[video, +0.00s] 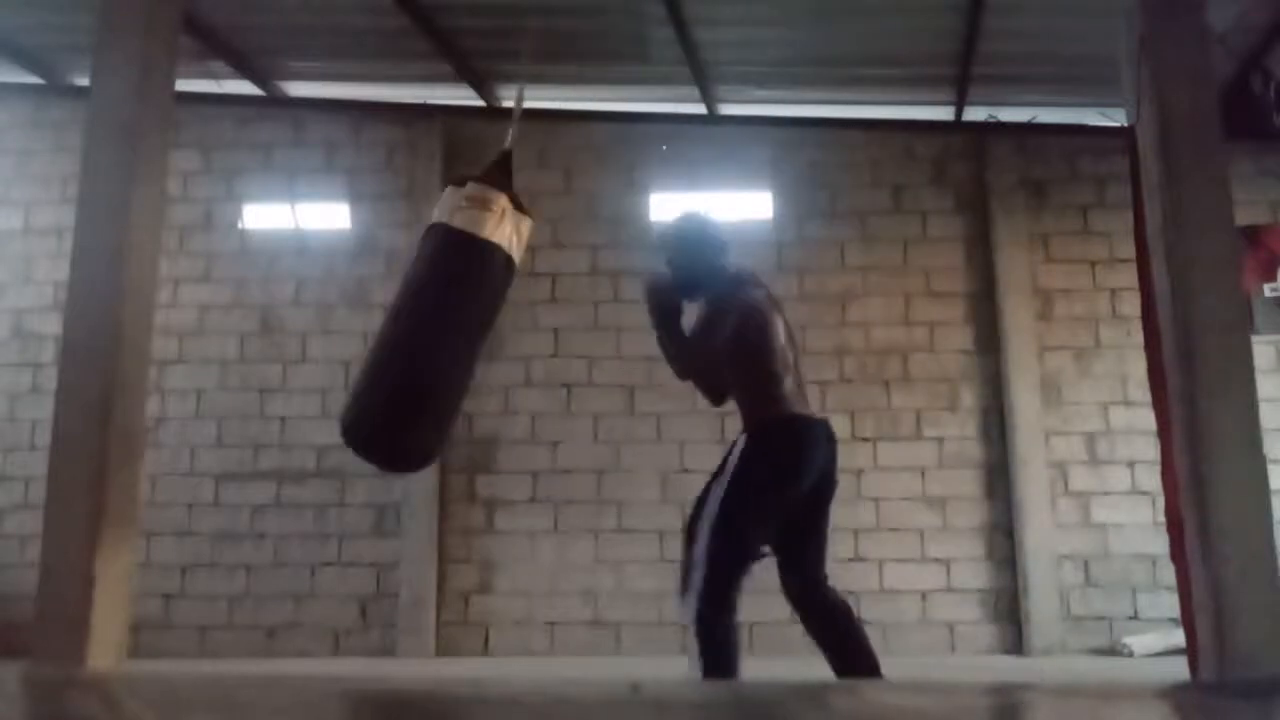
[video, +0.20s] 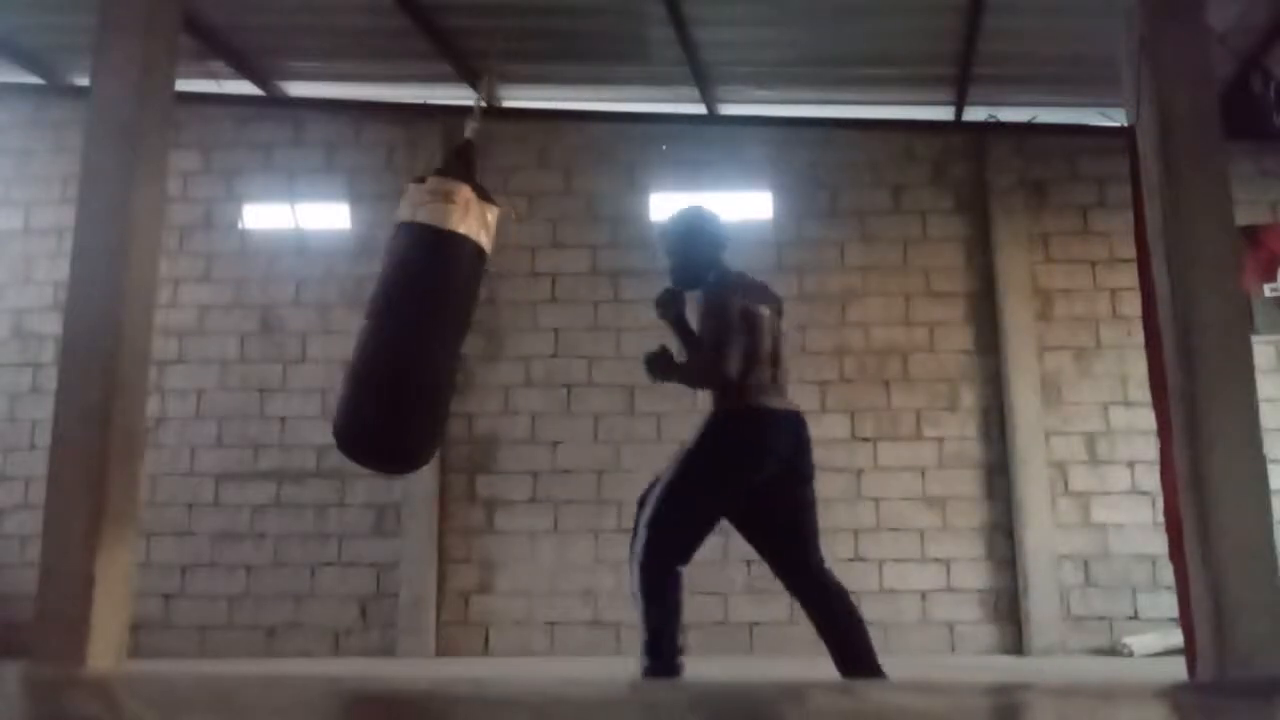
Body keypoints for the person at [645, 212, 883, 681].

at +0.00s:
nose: (671, 270)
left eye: (675, 259)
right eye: (670, 259)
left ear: (696, 257)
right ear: (717, 252)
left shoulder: (731, 298)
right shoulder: (754, 295)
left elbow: (687, 366)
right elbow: (716, 387)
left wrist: (664, 314)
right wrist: (675, 317)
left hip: (772, 444)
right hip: (812, 441)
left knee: (711, 565)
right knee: (805, 581)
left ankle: (720, 697)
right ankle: (872, 696)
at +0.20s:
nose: (669, 265)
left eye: (672, 253)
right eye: (668, 253)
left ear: (693, 251)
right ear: (715, 248)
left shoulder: (718, 293)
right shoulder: (760, 294)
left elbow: (719, 372)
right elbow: (721, 367)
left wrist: (672, 370)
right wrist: (678, 320)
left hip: (738, 433)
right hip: (784, 431)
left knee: (658, 535)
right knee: (804, 567)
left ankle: (660, 672)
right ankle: (870, 683)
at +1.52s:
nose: (701, 287)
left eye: (706, 275)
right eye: (700, 276)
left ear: (728, 274)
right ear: (747, 272)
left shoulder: (755, 315)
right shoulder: (787, 317)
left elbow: (754, 380)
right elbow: (798, 385)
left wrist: (707, 354)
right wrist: (726, 343)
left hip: (786, 456)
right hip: (825, 453)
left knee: (719, 573)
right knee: (833, 581)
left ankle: (766, 687)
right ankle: (911, 682)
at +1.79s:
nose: (741, 267)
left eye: (741, 255)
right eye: (737, 257)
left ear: (762, 245)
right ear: (779, 239)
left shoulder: (800, 275)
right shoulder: (826, 277)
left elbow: (791, 345)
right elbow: (845, 347)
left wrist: (748, 311)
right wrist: (762, 315)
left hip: (831, 421)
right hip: (868, 418)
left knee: (808, 540)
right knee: (853, 542)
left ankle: (864, 665)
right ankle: (909, 662)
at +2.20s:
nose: (792, 304)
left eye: (796, 293)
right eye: (789, 294)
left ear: (822, 290)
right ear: (821, 293)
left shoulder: (852, 324)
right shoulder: (831, 338)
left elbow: (872, 387)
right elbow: (818, 405)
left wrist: (816, 361)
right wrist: (801, 366)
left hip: (873, 454)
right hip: (890, 454)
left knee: (861, 563)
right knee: (871, 566)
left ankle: (903, 670)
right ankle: (906, 669)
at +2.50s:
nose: (806, 318)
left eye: (810, 308)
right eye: (803, 309)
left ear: (834, 308)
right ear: (825, 310)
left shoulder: (869, 340)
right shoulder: (845, 356)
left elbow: (882, 396)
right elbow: (829, 424)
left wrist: (823, 356)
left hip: (892, 472)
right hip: (907, 472)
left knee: (847, 579)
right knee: (884, 585)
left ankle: (918, 669)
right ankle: (933, 670)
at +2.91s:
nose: (781, 308)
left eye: (787, 298)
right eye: (779, 299)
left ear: (811, 299)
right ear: (794, 303)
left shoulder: (849, 336)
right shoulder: (806, 351)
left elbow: (876, 399)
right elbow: (790, 417)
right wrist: (775, 368)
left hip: (874, 465)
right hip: (867, 467)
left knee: (846, 569)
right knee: (893, 580)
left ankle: (824, 675)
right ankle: (958, 673)